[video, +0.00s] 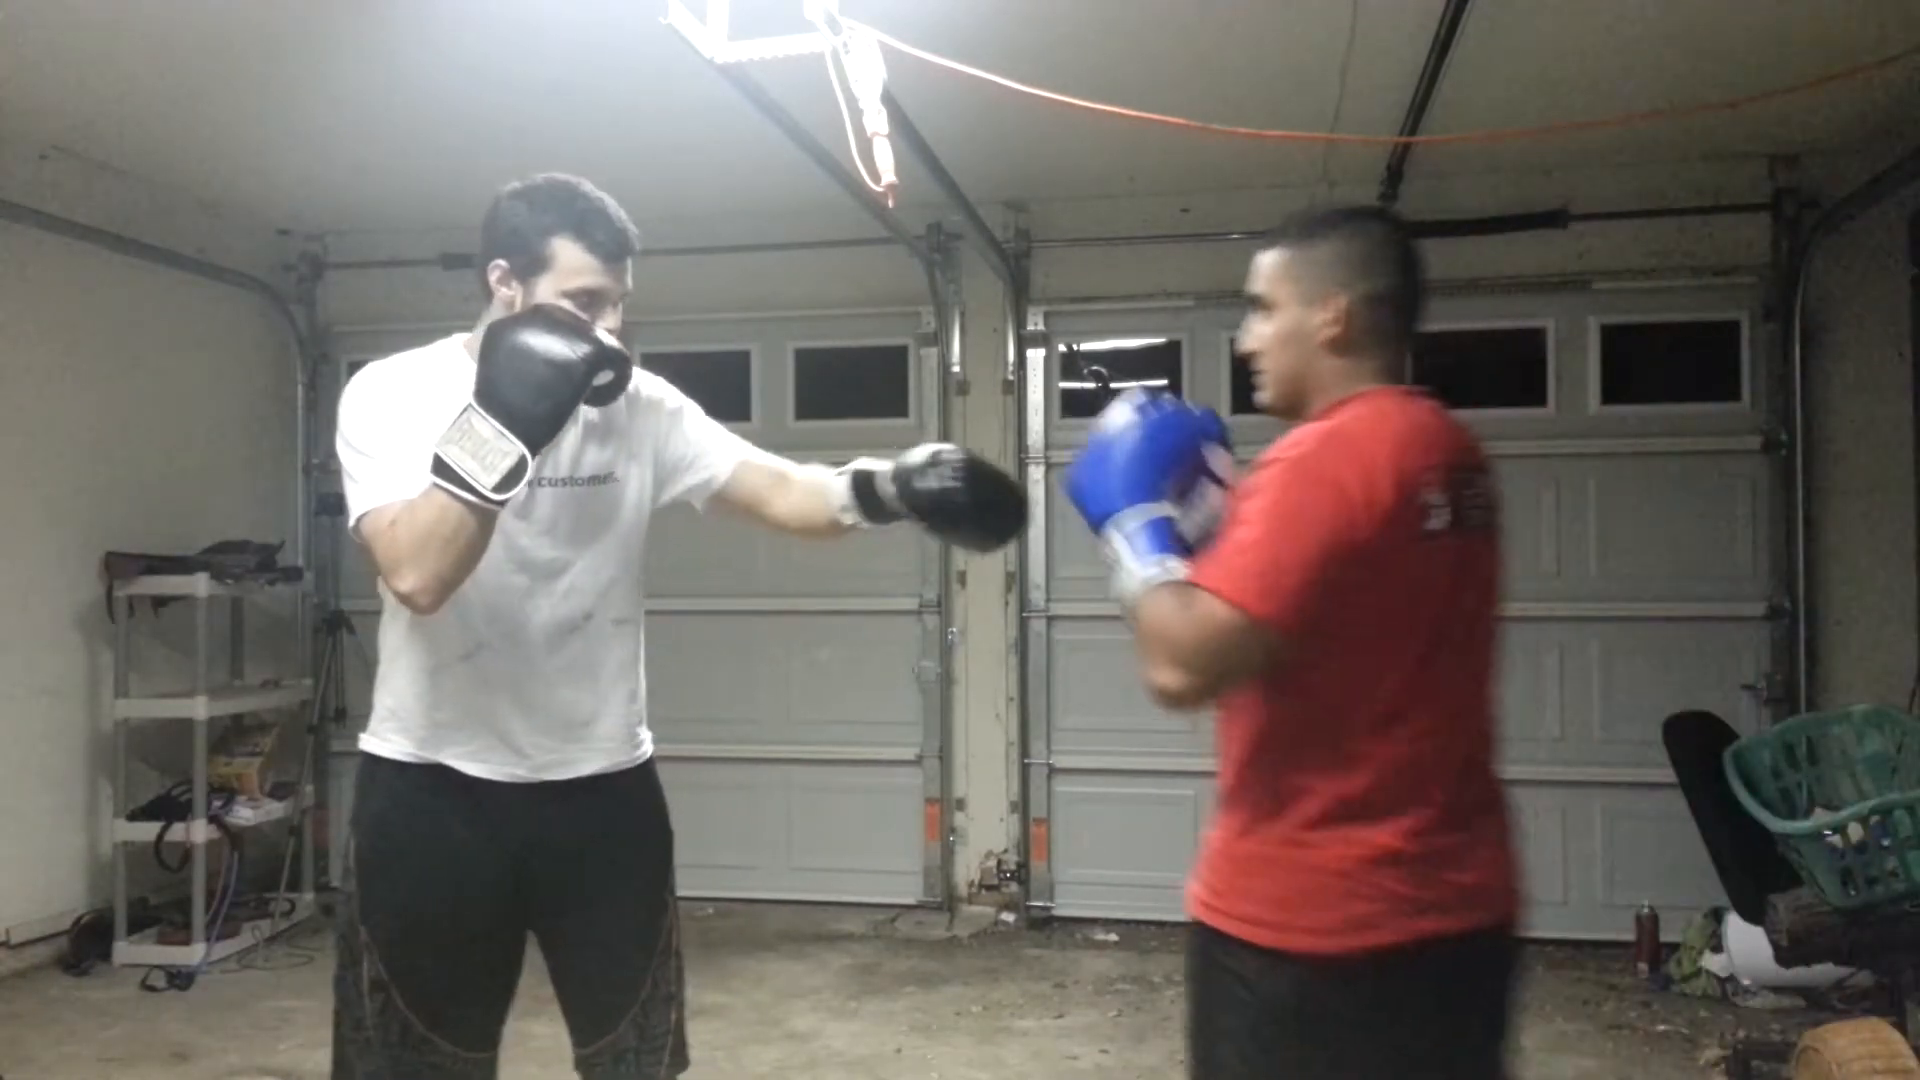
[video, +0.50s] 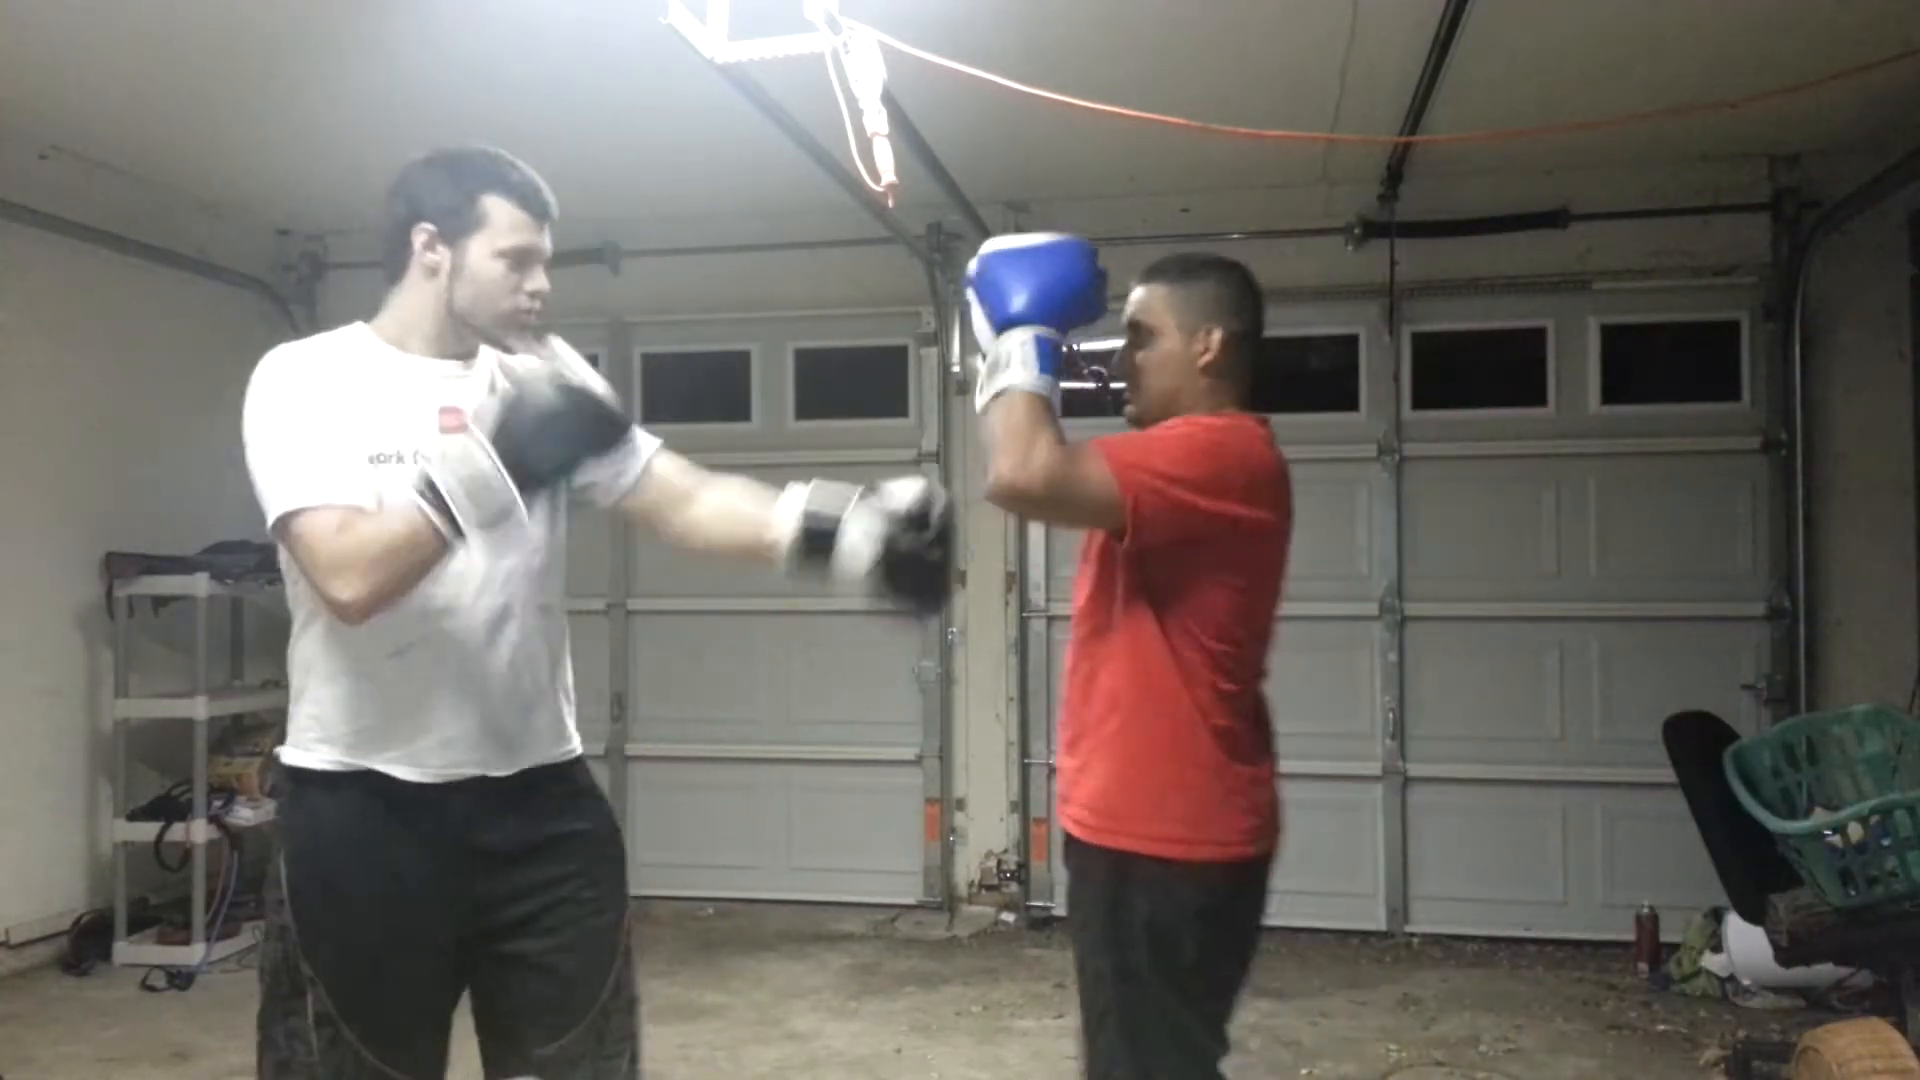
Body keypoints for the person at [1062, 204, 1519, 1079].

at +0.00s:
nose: (1244, 338)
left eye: (1263, 309)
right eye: (1249, 311)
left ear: (1332, 318)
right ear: (1334, 318)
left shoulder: (1333, 457)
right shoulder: (1449, 448)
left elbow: (1183, 662)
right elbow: (1347, 619)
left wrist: (1129, 521)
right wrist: (1224, 517)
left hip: (1307, 935)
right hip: (1443, 920)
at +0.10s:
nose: (1208, 339)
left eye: (1225, 310)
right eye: (1212, 312)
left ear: (1293, 321)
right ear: (1295, 321)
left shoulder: (1291, 455)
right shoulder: (1397, 445)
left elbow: (1114, 620)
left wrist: (1081, 475)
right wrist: (1167, 487)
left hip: (1262, 907)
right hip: (1371, 892)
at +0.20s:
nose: (1178, 337)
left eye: (1197, 310)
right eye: (1185, 312)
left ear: (1267, 321)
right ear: (1272, 323)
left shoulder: (1258, 450)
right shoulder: (1353, 443)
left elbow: (1066, 582)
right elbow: (1184, 574)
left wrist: (1048, 432)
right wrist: (1122, 460)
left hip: (1228, 891)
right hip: (1314, 876)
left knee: (1194, 1064)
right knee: (1272, 1065)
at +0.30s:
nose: (1159, 342)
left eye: (1177, 316)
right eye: (1164, 319)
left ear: (1243, 329)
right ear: (1248, 331)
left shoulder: (1244, 447)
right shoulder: (1303, 441)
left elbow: (1038, 547)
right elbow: (1132, 540)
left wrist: (1027, 405)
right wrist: (1082, 452)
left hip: (1203, 867)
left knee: (1172, 1066)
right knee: (1203, 1063)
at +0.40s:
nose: (1140, 350)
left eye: (1158, 325)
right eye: (1143, 328)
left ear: (1225, 338)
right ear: (1224, 341)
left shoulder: (1245, 447)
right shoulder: (1220, 446)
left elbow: (1023, 509)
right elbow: (1045, 510)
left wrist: (1022, 367)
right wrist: (1017, 411)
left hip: (1197, 854)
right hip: (1164, 847)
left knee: (1169, 1067)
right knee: (1147, 1063)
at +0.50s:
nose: (1124, 361)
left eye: (1143, 337)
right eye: (1127, 339)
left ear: (1208, 347)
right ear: (1206, 350)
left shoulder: (1227, 453)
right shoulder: (1184, 454)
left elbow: (1027, 472)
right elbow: (1024, 476)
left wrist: (1022, 336)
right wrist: (1005, 352)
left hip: (1172, 842)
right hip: (1135, 834)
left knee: (1153, 1065)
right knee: (1131, 1062)